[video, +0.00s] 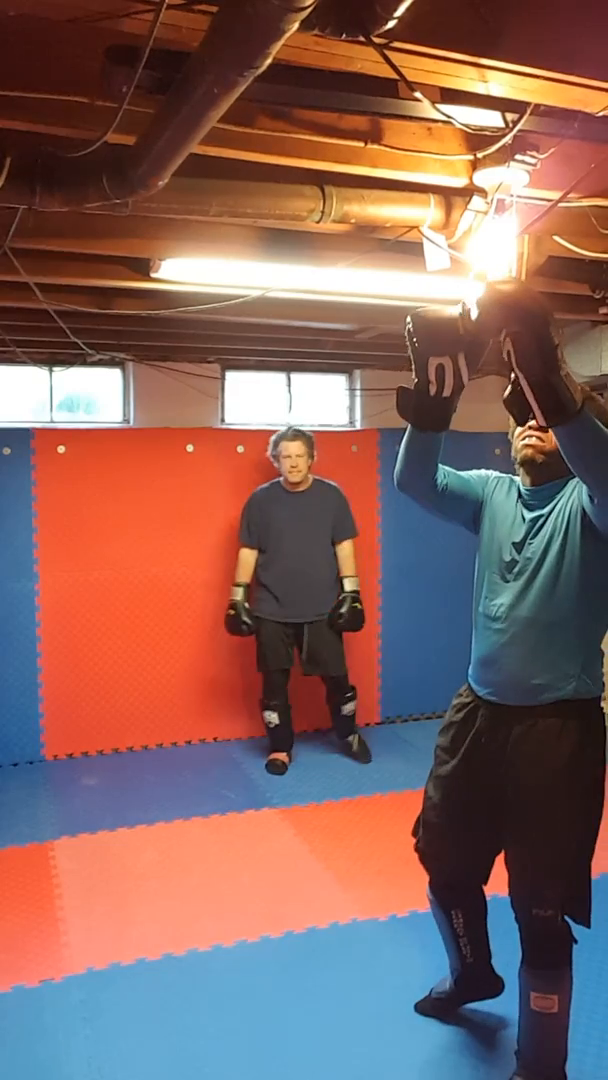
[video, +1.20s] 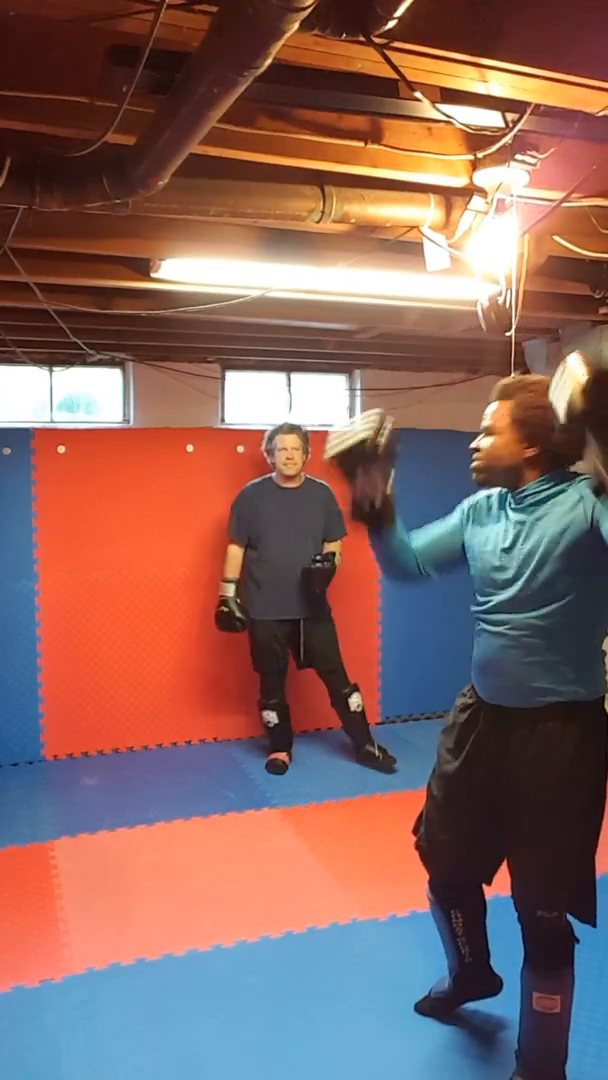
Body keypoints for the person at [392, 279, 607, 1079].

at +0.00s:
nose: (530, 428)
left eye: (546, 420)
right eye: (521, 419)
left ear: (575, 435)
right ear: (508, 434)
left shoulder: (591, 499)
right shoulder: (492, 489)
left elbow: (597, 468)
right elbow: (415, 479)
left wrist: (548, 381)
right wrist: (430, 419)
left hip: (561, 723)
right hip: (479, 713)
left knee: (543, 905)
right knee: (443, 850)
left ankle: (542, 1065)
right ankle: (474, 974)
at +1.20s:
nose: (477, 443)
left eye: (490, 433)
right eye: (480, 432)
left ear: (535, 444)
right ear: (512, 444)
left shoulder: (584, 505)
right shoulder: (478, 511)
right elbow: (405, 562)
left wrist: (595, 430)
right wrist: (376, 504)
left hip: (563, 723)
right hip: (483, 714)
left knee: (544, 904)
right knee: (445, 850)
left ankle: (542, 1067)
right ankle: (471, 971)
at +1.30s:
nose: (460, 451)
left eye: (472, 438)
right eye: (463, 437)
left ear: (518, 445)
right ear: (498, 445)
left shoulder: (581, 510)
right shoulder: (481, 516)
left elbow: (598, 564)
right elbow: (447, 593)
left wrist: (596, 505)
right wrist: (380, 571)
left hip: (564, 727)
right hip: (486, 718)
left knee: (543, 901)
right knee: (455, 855)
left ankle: (542, 1067)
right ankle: (474, 973)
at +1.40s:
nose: (449, 459)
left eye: (461, 445)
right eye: (452, 445)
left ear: (509, 447)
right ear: (492, 449)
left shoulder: (588, 513)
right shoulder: (481, 522)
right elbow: (489, 598)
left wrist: (594, 609)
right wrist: (416, 612)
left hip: (568, 728)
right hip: (490, 719)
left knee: (548, 900)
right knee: (473, 860)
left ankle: (543, 1064)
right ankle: (478, 976)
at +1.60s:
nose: (453, 472)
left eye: (460, 457)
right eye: (453, 458)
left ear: (502, 454)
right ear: (497, 456)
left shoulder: (570, 515)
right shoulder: (502, 516)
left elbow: (606, 616)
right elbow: (506, 607)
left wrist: (550, 649)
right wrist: (437, 608)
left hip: (560, 728)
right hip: (503, 717)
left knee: (545, 890)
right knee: (505, 854)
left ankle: (544, 1065)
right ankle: (522, 967)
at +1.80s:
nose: (474, 462)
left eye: (479, 447)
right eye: (475, 447)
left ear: (506, 450)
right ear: (528, 446)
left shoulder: (545, 503)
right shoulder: (537, 502)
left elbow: (512, 615)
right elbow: (509, 591)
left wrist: (449, 596)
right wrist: (451, 569)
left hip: (555, 716)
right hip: (548, 710)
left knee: (543, 889)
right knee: (556, 876)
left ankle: (542, 1065)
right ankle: (585, 988)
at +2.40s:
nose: (469, 477)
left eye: (472, 464)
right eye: (468, 466)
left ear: (502, 455)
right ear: (519, 457)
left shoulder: (505, 503)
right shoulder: (572, 505)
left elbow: (452, 585)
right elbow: (509, 591)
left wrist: (406, 564)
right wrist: (425, 573)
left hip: (515, 684)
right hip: (573, 681)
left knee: (478, 833)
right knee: (569, 831)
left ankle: (455, 992)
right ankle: (595, 978)